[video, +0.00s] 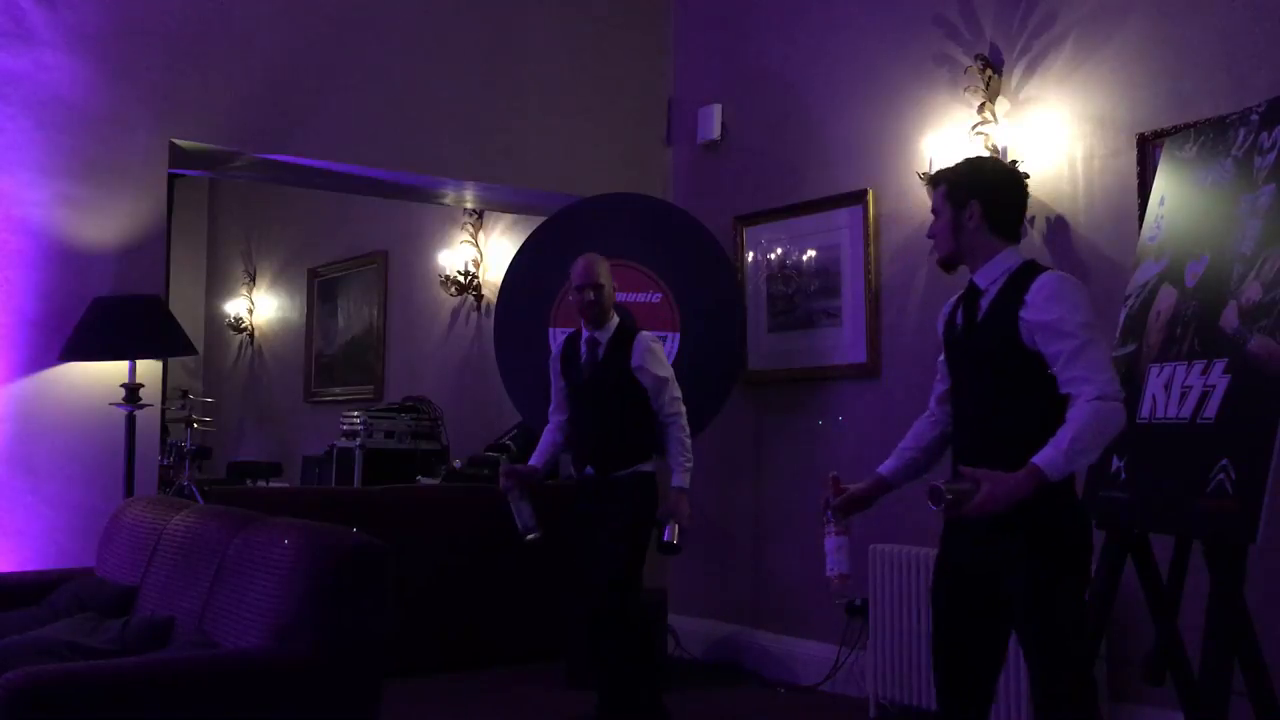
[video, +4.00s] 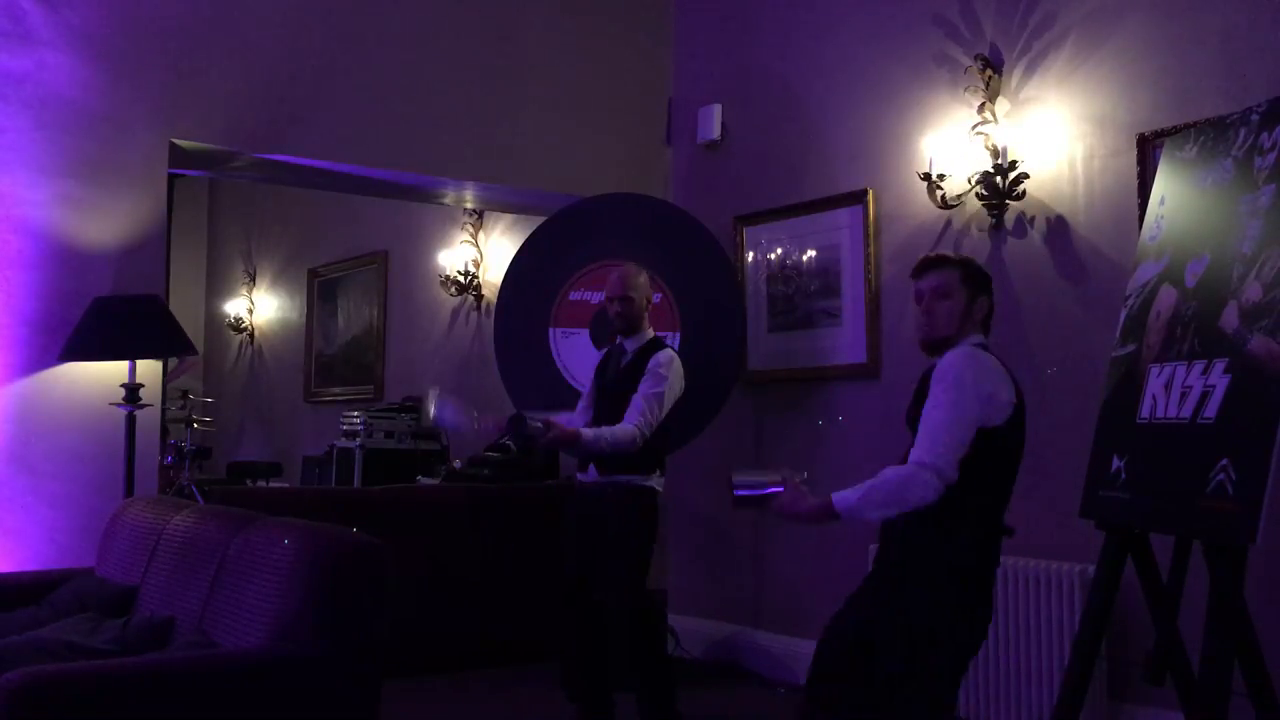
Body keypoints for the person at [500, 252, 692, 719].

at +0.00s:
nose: (589, 297)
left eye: (596, 288)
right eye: (580, 289)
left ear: (612, 291)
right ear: (570, 295)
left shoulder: (642, 347)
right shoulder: (565, 350)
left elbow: (674, 418)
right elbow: (559, 418)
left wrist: (679, 486)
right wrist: (534, 466)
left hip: (636, 485)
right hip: (587, 485)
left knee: (622, 591)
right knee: (591, 589)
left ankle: (633, 697)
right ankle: (602, 693)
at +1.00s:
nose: (582, 298)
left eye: (591, 290)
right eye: (578, 290)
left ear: (618, 288)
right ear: (577, 291)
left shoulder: (658, 343)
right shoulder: (579, 350)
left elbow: (690, 413)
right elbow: (570, 426)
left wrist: (665, 456)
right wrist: (539, 487)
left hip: (648, 490)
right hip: (597, 492)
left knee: (650, 603)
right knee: (594, 602)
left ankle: (664, 707)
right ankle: (595, 705)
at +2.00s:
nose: (574, 305)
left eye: (581, 297)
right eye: (572, 296)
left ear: (609, 297)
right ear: (588, 298)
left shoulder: (650, 354)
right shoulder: (585, 346)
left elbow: (641, 446)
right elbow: (553, 418)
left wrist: (613, 518)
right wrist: (535, 392)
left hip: (640, 493)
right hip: (594, 488)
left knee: (645, 608)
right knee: (592, 603)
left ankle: (662, 706)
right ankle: (594, 703)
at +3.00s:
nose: (588, 302)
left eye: (593, 294)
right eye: (587, 295)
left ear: (614, 296)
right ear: (622, 296)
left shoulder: (646, 352)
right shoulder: (615, 336)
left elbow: (668, 434)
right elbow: (593, 308)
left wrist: (668, 514)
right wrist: (560, 285)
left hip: (636, 494)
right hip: (611, 490)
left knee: (638, 614)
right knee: (606, 606)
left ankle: (657, 707)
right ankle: (599, 701)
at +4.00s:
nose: (617, 309)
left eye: (627, 301)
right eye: (611, 301)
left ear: (649, 304)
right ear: (606, 306)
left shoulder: (664, 361)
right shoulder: (607, 361)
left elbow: (636, 432)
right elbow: (582, 423)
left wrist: (574, 437)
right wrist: (544, 431)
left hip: (636, 494)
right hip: (595, 490)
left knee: (631, 600)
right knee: (591, 597)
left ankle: (643, 698)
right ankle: (592, 697)